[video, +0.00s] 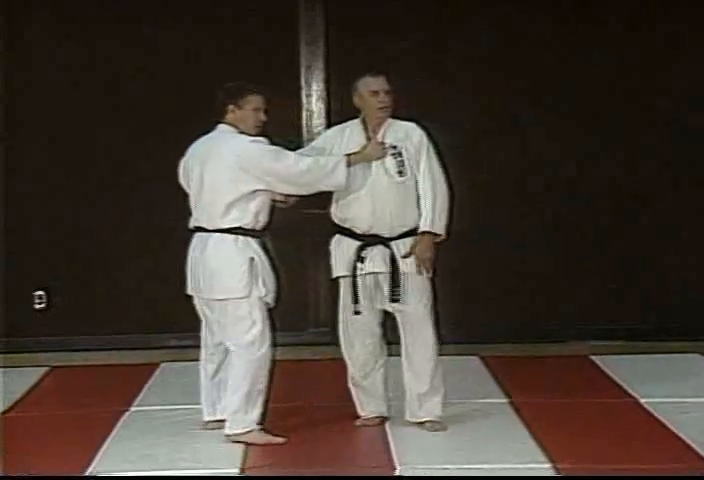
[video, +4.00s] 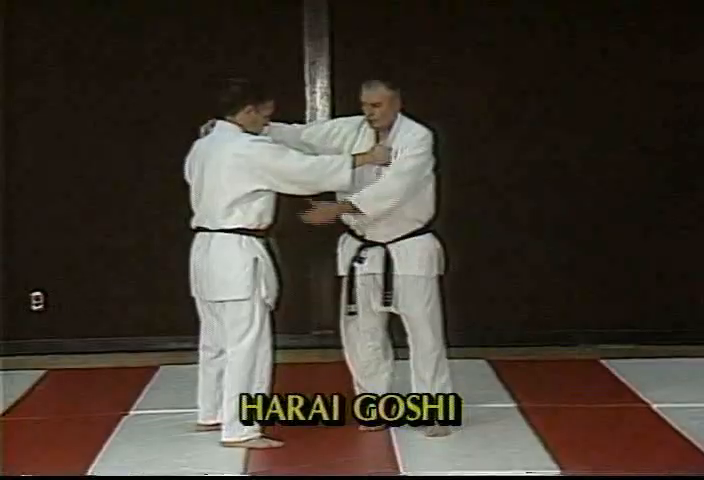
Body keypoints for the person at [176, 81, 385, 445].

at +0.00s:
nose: (262, 118)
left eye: (263, 111)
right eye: (256, 111)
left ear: (231, 114)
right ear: (233, 111)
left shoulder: (198, 148)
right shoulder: (248, 150)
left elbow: (189, 182)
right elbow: (299, 169)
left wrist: (266, 193)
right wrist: (359, 157)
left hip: (201, 251)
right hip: (235, 254)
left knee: (215, 339)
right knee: (251, 342)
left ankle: (214, 411)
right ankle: (242, 424)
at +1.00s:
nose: (260, 125)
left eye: (261, 118)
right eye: (257, 117)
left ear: (226, 113)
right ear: (238, 113)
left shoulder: (191, 146)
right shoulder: (243, 149)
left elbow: (176, 177)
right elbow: (295, 168)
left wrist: (255, 189)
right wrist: (355, 157)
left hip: (192, 251)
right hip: (229, 254)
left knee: (201, 342)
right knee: (240, 345)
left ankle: (203, 414)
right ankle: (241, 431)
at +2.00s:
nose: (259, 122)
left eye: (260, 115)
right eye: (257, 114)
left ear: (225, 112)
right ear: (239, 112)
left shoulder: (194, 143)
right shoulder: (238, 148)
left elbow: (177, 176)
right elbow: (292, 168)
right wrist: (355, 160)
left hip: (195, 248)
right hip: (229, 253)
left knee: (205, 343)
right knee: (237, 346)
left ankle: (206, 415)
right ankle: (237, 430)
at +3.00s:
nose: (261, 118)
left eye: (261, 110)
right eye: (257, 111)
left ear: (227, 114)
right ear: (237, 113)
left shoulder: (195, 146)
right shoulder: (242, 150)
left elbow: (179, 176)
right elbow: (296, 169)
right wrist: (359, 161)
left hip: (195, 251)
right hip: (229, 256)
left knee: (208, 344)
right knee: (242, 346)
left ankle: (207, 416)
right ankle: (239, 431)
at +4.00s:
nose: (269, 121)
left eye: (270, 114)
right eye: (266, 114)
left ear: (231, 113)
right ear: (248, 111)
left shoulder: (202, 147)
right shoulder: (252, 151)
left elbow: (190, 174)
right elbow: (304, 170)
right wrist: (366, 159)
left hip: (205, 247)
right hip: (239, 252)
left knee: (213, 341)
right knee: (247, 344)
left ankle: (211, 413)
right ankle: (240, 428)